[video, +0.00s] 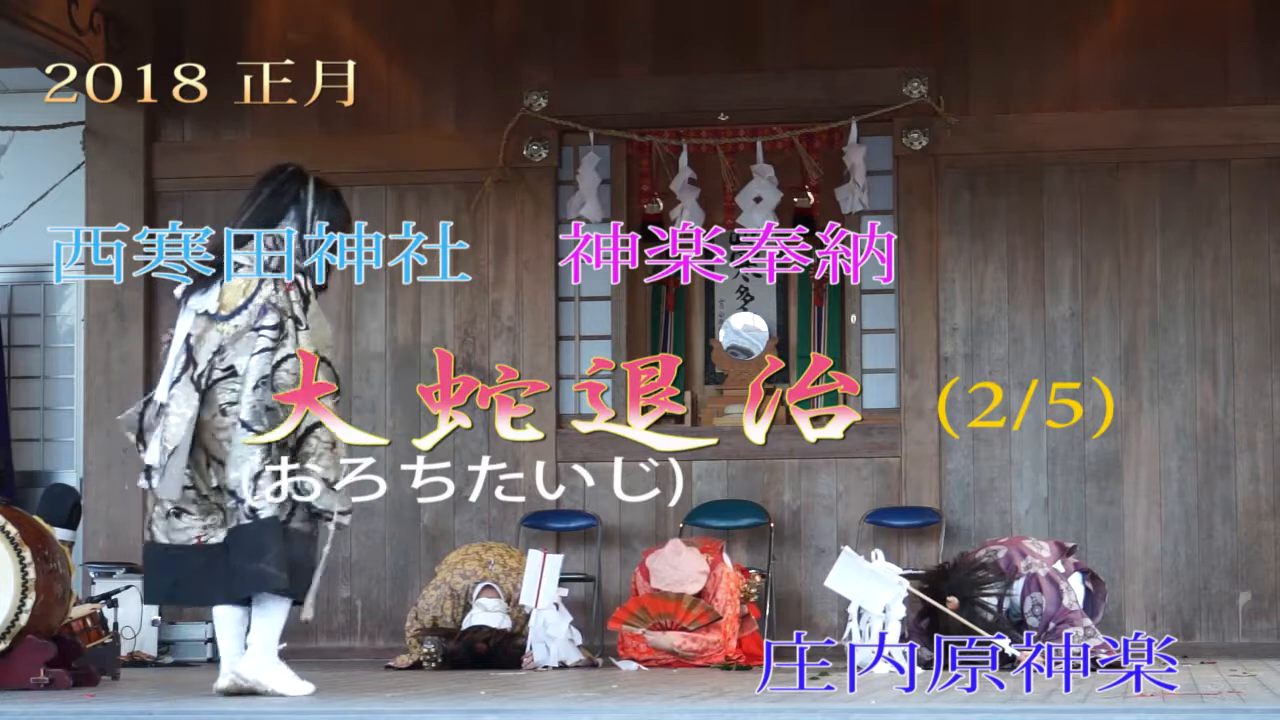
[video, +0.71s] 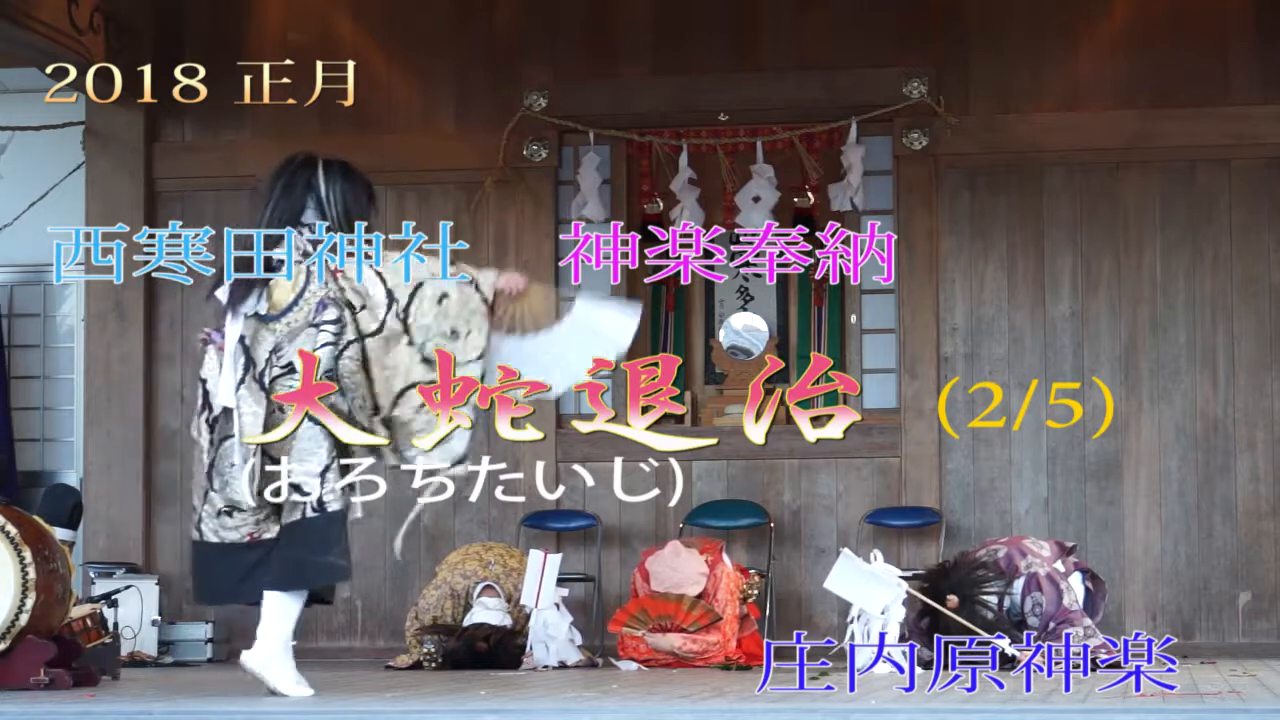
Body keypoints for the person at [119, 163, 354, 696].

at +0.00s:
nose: (328, 253)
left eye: (330, 238)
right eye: (325, 237)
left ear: (257, 216)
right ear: (302, 231)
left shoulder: (208, 290)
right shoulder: (286, 292)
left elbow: (182, 372)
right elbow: (290, 379)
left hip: (206, 428)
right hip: (260, 429)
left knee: (225, 539)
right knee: (283, 535)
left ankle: (231, 664)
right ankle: (263, 655)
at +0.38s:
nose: (349, 224)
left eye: (347, 213)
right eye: (344, 212)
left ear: (268, 200)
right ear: (325, 211)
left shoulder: (232, 274)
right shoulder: (319, 283)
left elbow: (211, 360)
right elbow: (344, 373)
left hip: (228, 428)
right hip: (289, 436)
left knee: (240, 532)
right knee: (292, 534)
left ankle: (239, 647)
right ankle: (265, 652)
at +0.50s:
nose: (346, 224)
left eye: (337, 216)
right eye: (343, 212)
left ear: (272, 204)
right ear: (328, 209)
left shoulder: (245, 277)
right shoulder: (329, 283)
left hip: (241, 420)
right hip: (301, 424)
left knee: (252, 528)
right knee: (295, 530)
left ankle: (247, 646)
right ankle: (266, 652)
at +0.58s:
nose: (360, 221)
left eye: (357, 211)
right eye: (355, 210)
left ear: (278, 201)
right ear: (338, 208)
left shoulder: (251, 269)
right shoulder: (339, 269)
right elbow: (402, 304)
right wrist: (468, 332)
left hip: (245, 420)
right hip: (306, 423)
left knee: (262, 530)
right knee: (297, 532)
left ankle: (262, 648)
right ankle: (266, 651)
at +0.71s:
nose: (364, 223)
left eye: (363, 213)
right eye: (359, 212)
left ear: (287, 204)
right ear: (339, 210)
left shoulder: (263, 264)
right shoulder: (333, 266)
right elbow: (402, 282)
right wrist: (483, 285)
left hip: (258, 414)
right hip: (305, 419)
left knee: (296, 525)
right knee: (309, 525)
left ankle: (272, 644)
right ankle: (272, 645)